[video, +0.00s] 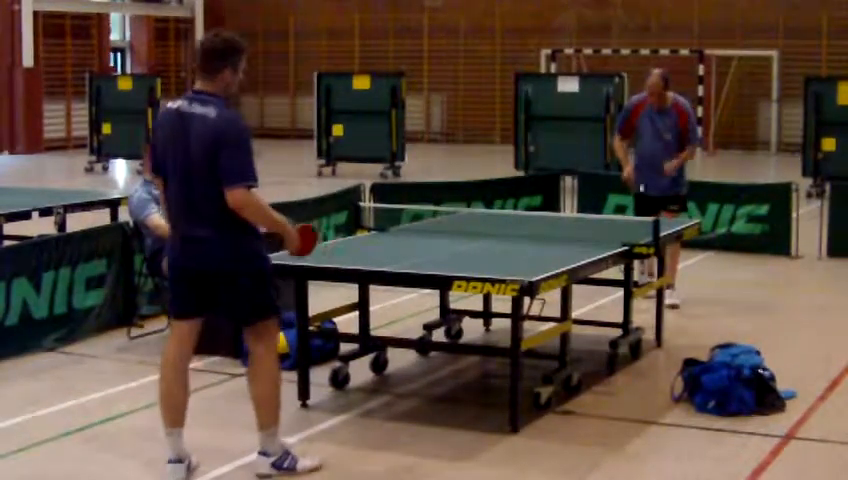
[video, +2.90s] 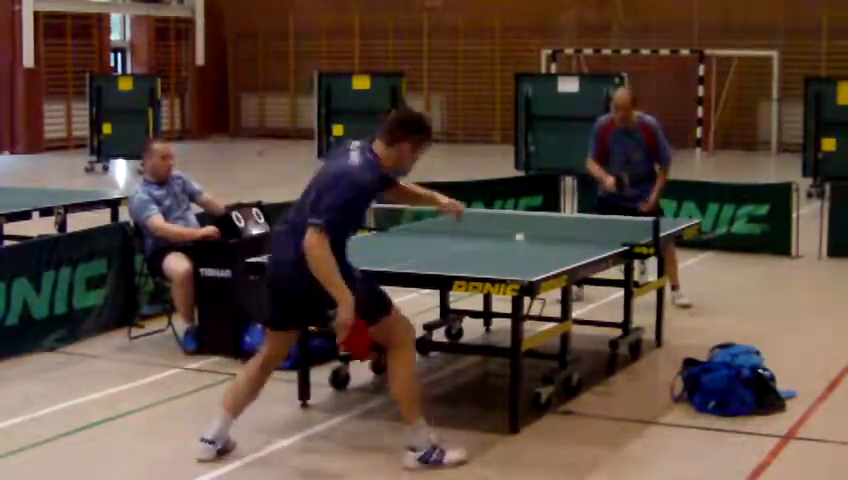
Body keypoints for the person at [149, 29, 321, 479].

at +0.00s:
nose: (242, 78)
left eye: (241, 70)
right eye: (241, 71)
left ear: (199, 68)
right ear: (229, 71)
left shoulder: (168, 115)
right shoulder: (227, 122)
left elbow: (156, 174)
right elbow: (239, 196)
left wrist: (184, 222)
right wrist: (283, 226)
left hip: (186, 251)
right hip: (235, 252)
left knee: (179, 342)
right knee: (263, 338)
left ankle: (176, 455)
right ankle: (271, 448)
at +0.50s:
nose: (271, 85)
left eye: (270, 78)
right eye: (271, 79)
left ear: (231, 72)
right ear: (263, 79)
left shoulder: (197, 115)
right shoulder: (248, 124)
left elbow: (188, 185)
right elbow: (244, 197)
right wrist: (287, 235)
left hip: (196, 253)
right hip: (245, 255)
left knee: (188, 345)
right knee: (276, 337)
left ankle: (176, 454)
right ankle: (300, 438)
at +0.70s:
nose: (318, 104)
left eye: (318, 97)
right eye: (318, 98)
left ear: (282, 87)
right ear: (311, 96)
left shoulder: (239, 118)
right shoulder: (291, 139)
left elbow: (226, 182)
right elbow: (292, 212)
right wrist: (322, 251)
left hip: (213, 246)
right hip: (264, 252)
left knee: (211, 339)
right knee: (289, 340)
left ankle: (178, 440)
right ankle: (300, 437)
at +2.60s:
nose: (324, 109)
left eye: (324, 102)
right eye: (325, 103)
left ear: (288, 98)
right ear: (315, 101)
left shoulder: (251, 135)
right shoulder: (306, 141)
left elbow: (236, 197)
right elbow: (321, 212)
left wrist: (282, 219)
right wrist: (363, 225)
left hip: (239, 251)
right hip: (285, 254)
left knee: (242, 339)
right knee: (343, 334)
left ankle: (211, 435)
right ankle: (350, 441)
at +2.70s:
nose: (351, 112)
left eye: (351, 104)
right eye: (350, 104)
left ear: (314, 99)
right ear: (339, 104)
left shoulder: (281, 132)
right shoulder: (314, 144)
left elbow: (290, 197)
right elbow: (310, 214)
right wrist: (357, 252)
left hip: (248, 257)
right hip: (289, 262)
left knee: (252, 342)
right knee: (360, 329)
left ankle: (212, 433)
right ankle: (378, 440)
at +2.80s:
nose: (381, 134)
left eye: (382, 127)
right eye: (380, 126)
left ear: (351, 118)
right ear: (364, 123)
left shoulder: (319, 141)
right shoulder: (332, 159)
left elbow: (351, 204)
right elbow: (297, 222)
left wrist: (400, 208)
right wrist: (332, 277)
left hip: (261, 264)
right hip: (290, 272)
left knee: (266, 347)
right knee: (373, 335)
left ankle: (215, 432)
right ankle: (411, 439)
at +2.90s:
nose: (417, 158)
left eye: (419, 150)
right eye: (417, 150)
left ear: (389, 139)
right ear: (402, 145)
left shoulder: (358, 155)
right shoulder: (355, 175)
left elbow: (391, 189)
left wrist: (438, 200)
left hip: (284, 267)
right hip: (321, 269)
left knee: (271, 353)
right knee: (401, 336)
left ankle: (215, 435)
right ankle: (421, 444)